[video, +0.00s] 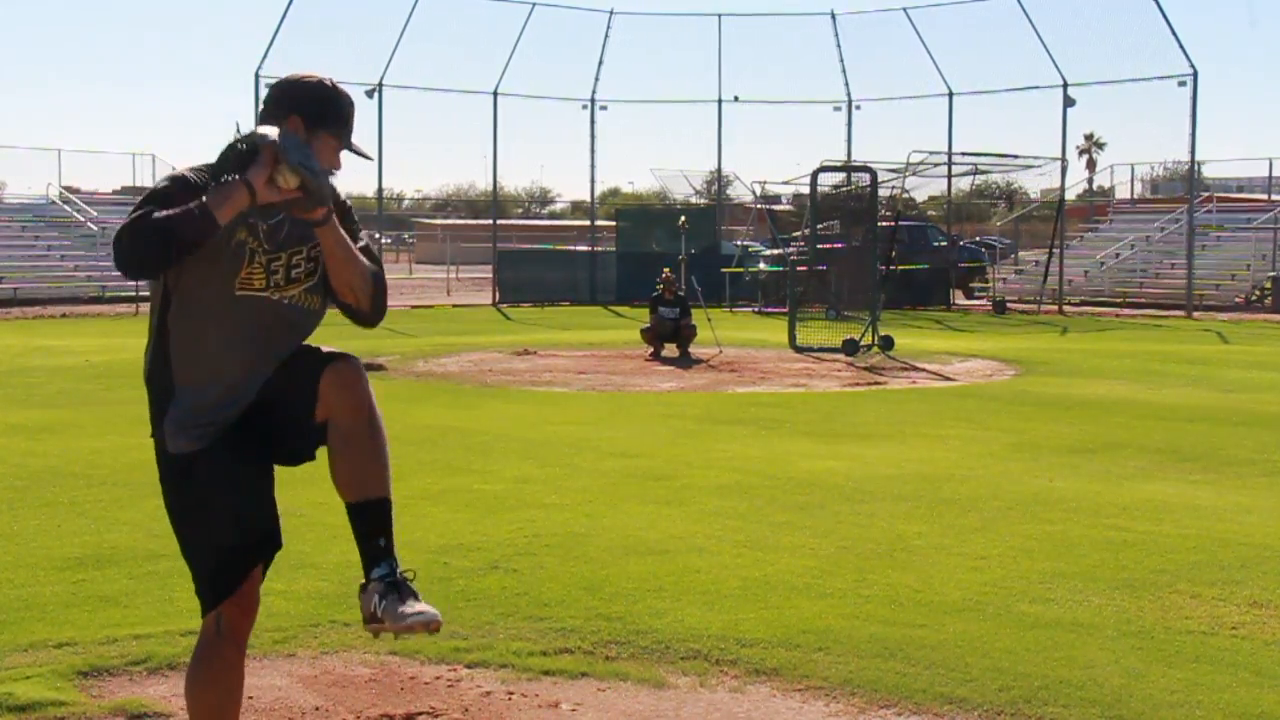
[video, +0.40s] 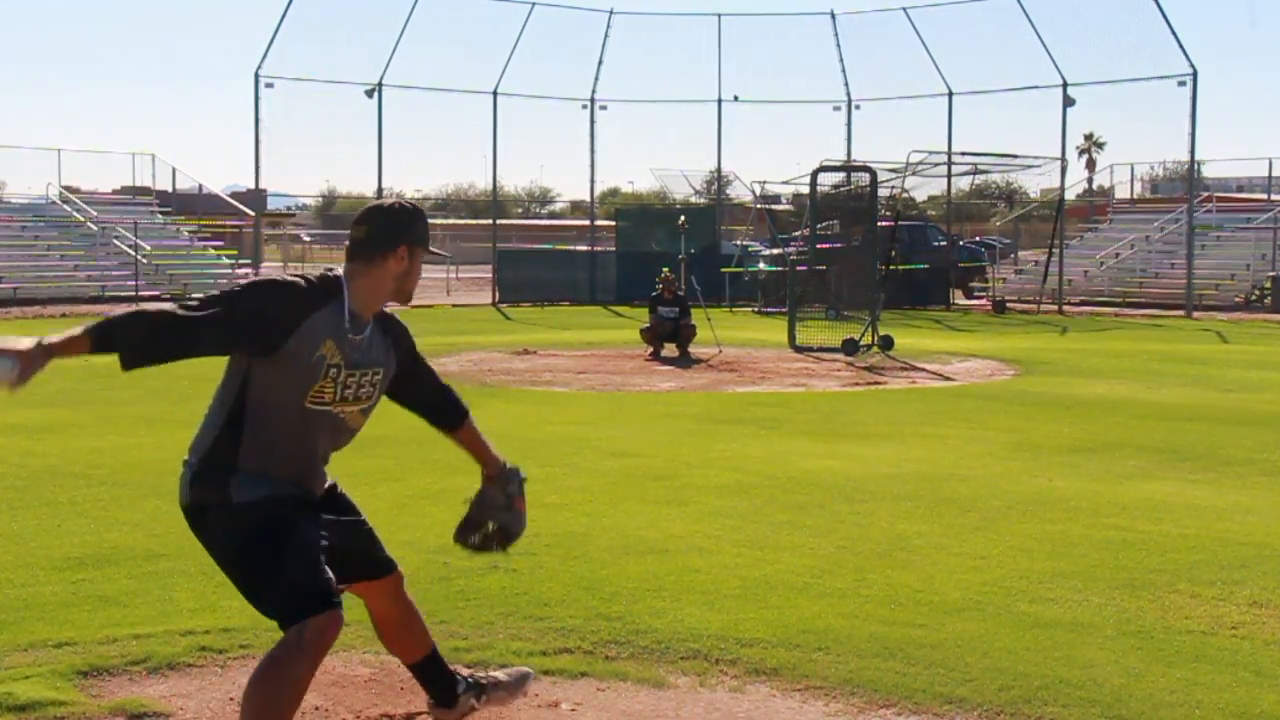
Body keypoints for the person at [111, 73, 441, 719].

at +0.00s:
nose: (337, 162)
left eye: (342, 149)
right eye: (332, 145)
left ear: (311, 139)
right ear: (291, 130)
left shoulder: (328, 210)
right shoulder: (202, 187)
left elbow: (369, 309)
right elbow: (132, 254)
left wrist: (324, 223)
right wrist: (245, 193)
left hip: (274, 384)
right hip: (197, 414)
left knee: (346, 378)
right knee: (234, 600)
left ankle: (382, 580)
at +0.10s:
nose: (359, 178)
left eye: (362, 165)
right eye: (356, 162)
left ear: (319, 160)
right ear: (319, 155)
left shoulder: (337, 242)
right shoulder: (215, 221)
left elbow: (339, 358)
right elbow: (115, 309)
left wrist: (326, 333)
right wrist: (239, 313)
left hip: (285, 412)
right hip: (205, 434)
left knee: (371, 440)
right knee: (251, 604)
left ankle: (394, 645)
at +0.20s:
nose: (377, 210)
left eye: (379, 198)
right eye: (377, 196)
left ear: (320, 188)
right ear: (352, 196)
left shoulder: (345, 285)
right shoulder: (234, 258)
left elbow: (340, 386)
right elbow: (131, 341)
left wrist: (342, 461)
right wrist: (164, 458)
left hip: (292, 455)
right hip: (212, 462)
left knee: (390, 527)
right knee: (275, 606)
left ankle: (432, 701)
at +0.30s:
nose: (400, 249)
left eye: (401, 236)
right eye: (400, 233)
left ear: (352, 227)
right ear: (375, 229)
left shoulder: (363, 319)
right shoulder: (260, 288)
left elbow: (392, 423)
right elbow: (149, 358)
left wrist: (439, 522)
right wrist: (57, 450)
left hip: (297, 471)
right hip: (213, 475)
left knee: (398, 580)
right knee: (294, 615)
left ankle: (466, 710)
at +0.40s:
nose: (420, 272)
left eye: (420, 261)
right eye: (420, 259)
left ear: (378, 256)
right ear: (400, 258)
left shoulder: (388, 339)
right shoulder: (288, 304)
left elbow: (439, 404)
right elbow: (170, 325)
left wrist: (494, 466)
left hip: (305, 488)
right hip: (230, 489)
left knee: (383, 582)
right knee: (318, 620)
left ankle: (449, 694)